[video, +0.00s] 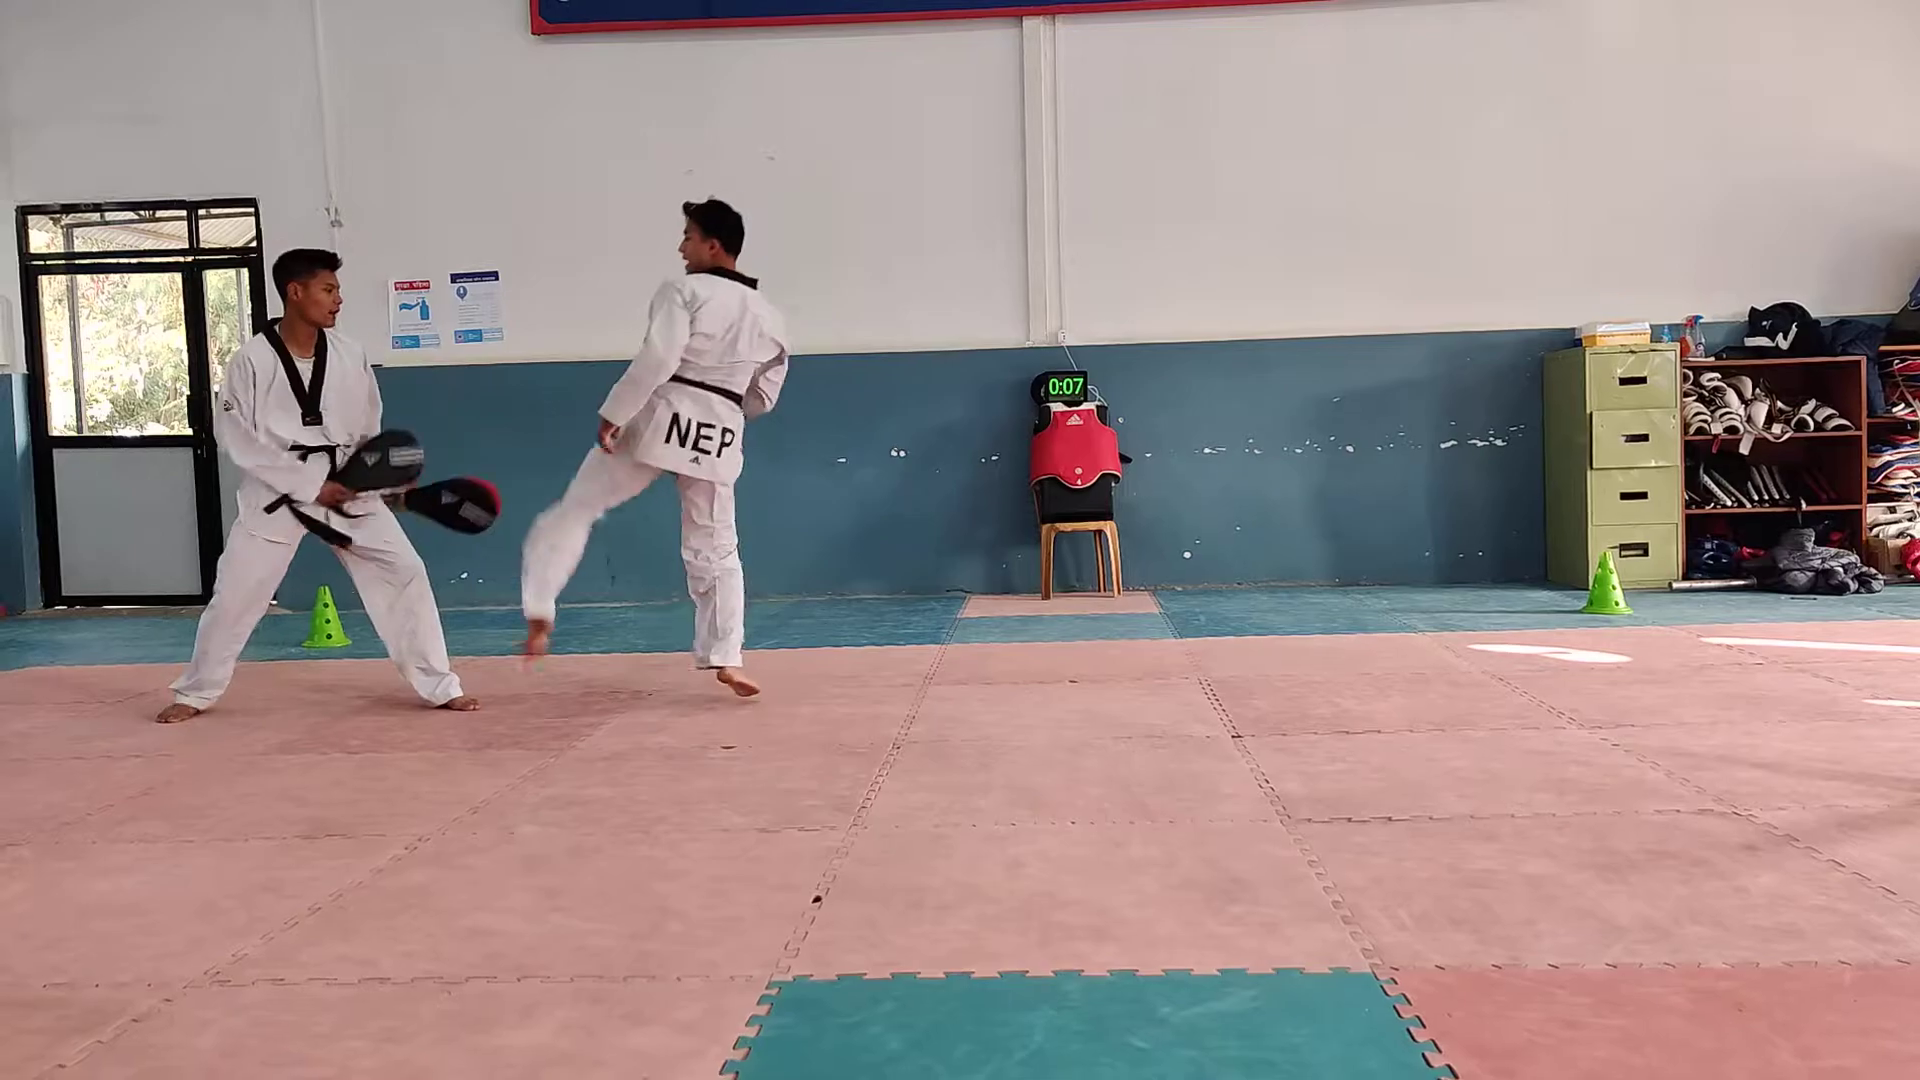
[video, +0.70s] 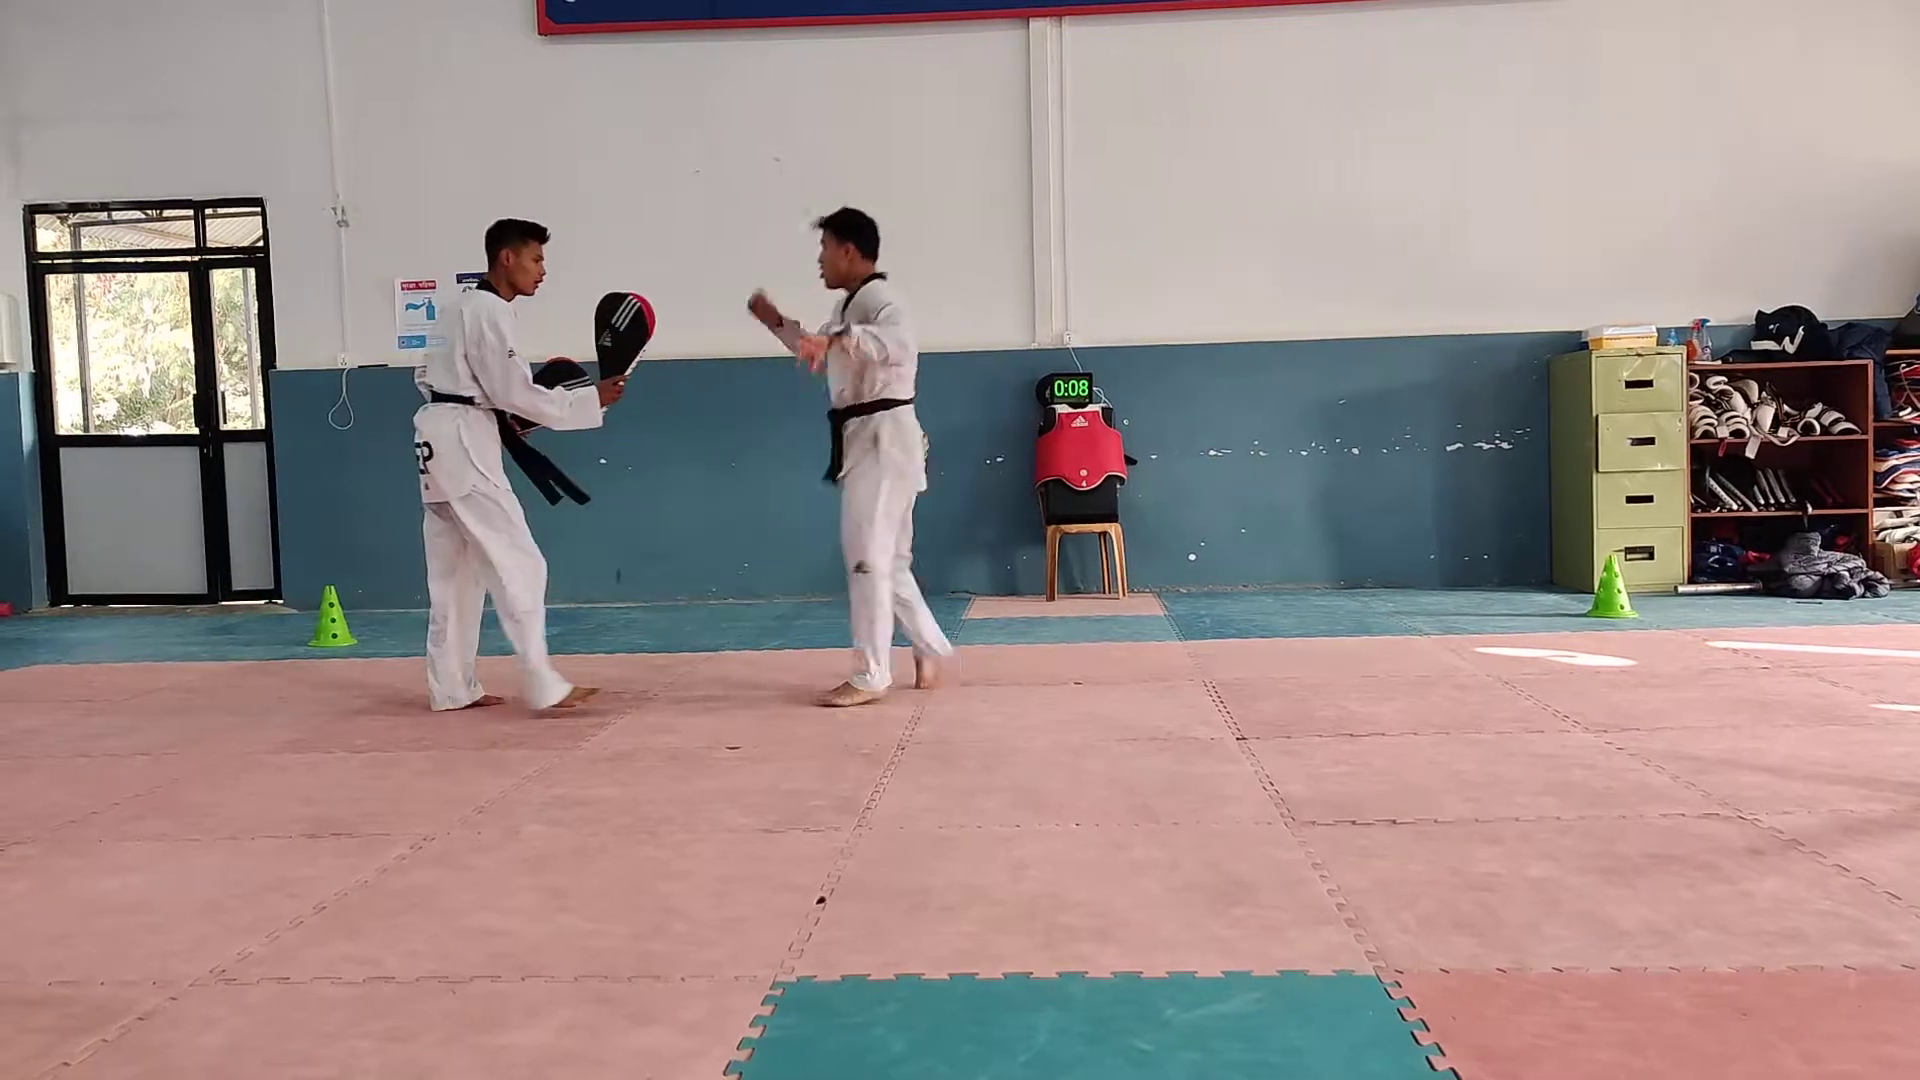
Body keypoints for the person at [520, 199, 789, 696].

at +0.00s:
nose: (681, 246)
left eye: (688, 237)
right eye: (684, 236)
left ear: (715, 245)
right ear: (726, 249)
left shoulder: (683, 289)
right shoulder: (767, 316)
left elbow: (658, 357)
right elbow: (762, 398)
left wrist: (612, 412)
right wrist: (717, 408)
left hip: (660, 416)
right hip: (720, 434)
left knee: (576, 509)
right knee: (716, 548)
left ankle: (539, 605)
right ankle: (726, 656)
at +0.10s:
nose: (650, 284)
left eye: (657, 277)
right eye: (654, 275)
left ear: (680, 287)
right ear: (694, 289)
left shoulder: (643, 333)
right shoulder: (736, 351)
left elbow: (617, 401)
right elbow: (766, 424)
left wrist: (579, 454)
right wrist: (746, 477)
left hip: (638, 467)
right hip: (701, 472)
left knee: (603, 580)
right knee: (720, 574)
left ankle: (569, 695)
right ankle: (746, 669)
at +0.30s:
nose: (656, 288)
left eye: (660, 278)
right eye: (656, 278)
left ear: (684, 281)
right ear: (701, 282)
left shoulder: (666, 330)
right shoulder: (753, 327)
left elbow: (651, 416)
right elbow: (798, 401)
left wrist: (637, 451)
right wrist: (786, 460)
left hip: (695, 463)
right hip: (756, 459)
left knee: (647, 569)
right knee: (773, 564)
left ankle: (611, 684)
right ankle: (796, 667)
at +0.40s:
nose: (685, 285)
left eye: (690, 275)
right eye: (686, 275)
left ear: (713, 279)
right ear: (730, 281)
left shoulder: (696, 330)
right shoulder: (783, 326)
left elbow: (662, 412)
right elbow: (831, 394)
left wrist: (647, 393)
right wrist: (800, 434)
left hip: (737, 461)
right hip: (796, 457)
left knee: (699, 564)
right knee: (810, 555)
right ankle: (829, 642)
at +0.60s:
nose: (774, 279)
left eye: (779, 270)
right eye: (775, 269)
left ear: (802, 274)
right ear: (818, 276)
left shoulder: (812, 321)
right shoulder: (854, 322)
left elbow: (838, 384)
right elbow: (806, 383)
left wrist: (795, 424)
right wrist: (767, 356)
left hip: (842, 453)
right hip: (884, 447)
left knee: (793, 564)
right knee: (905, 563)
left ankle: (846, 659)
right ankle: (946, 654)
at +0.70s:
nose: (820, 258)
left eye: (826, 247)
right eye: (821, 248)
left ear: (852, 252)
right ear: (853, 254)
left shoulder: (880, 299)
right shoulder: (846, 309)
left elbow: (897, 346)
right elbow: (816, 351)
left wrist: (837, 339)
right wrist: (776, 322)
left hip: (884, 437)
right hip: (871, 438)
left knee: (866, 553)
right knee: (887, 557)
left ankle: (872, 674)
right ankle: (930, 646)